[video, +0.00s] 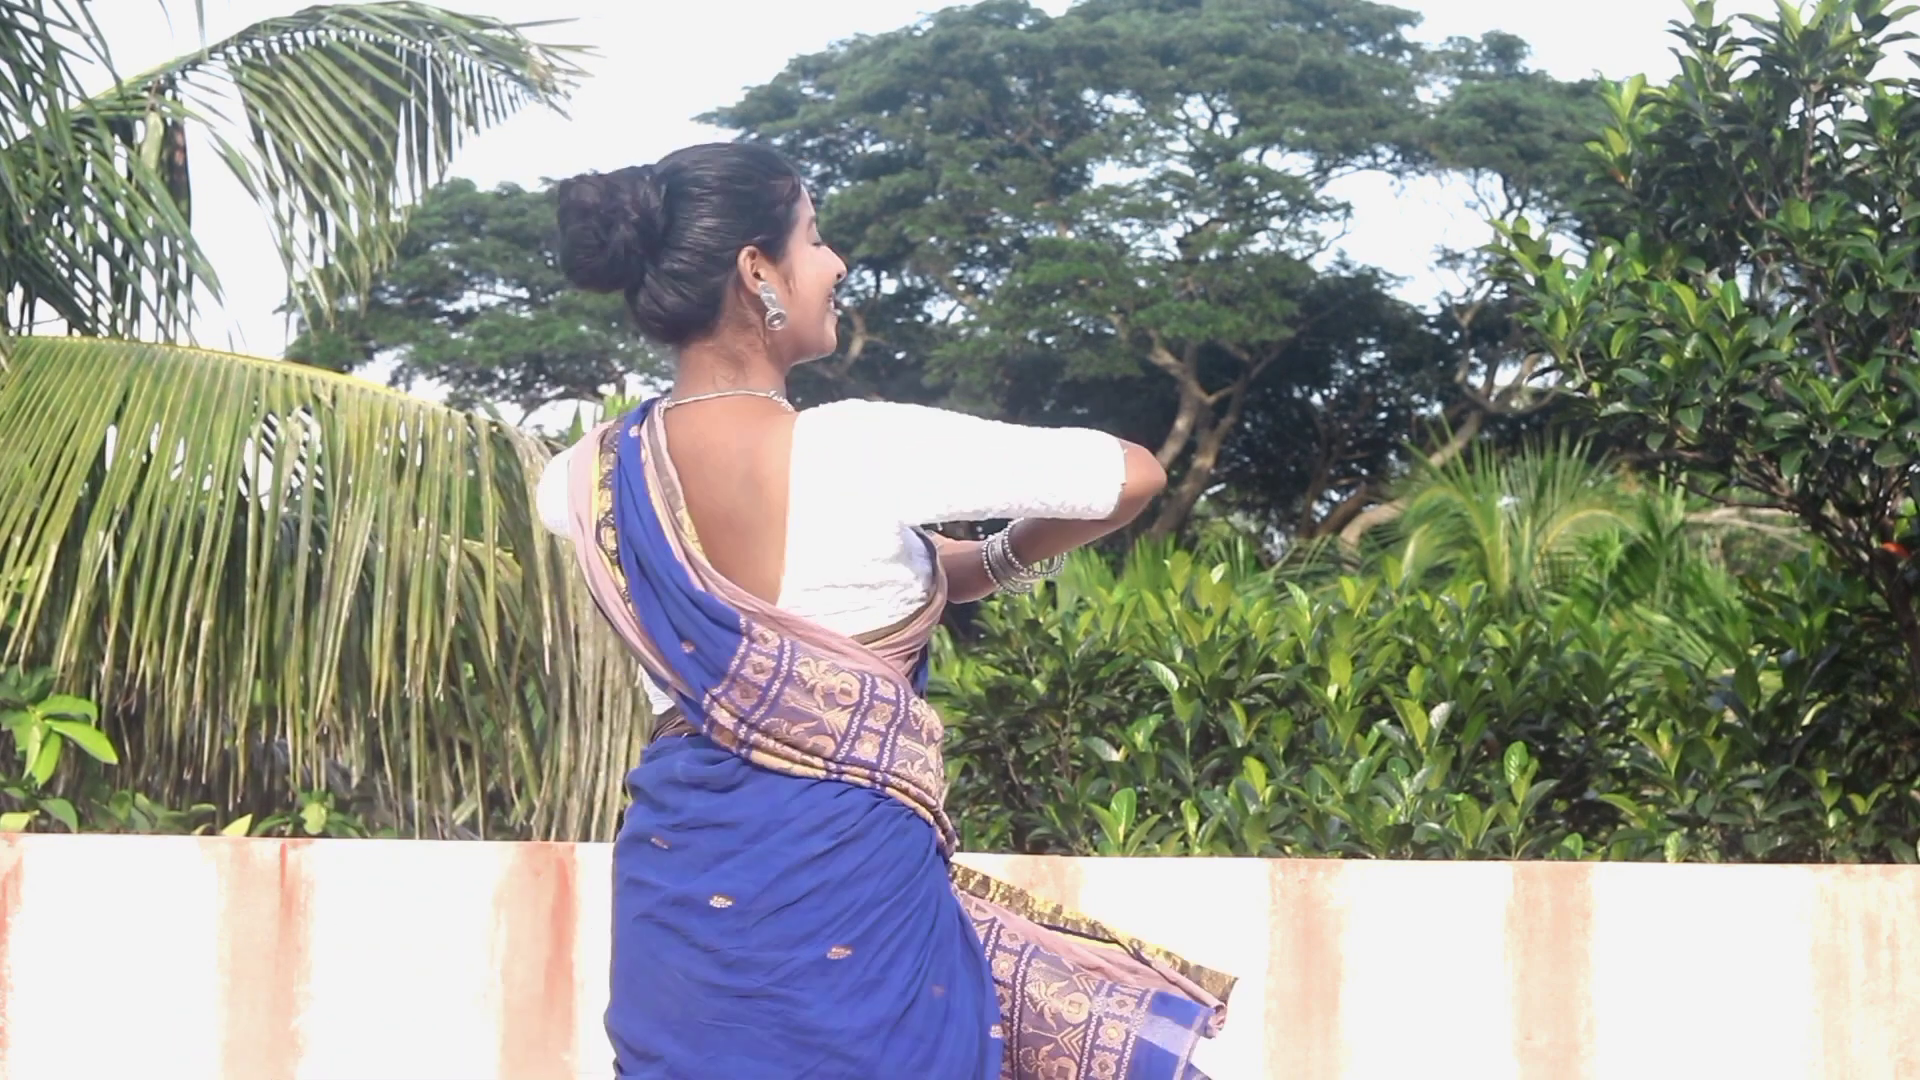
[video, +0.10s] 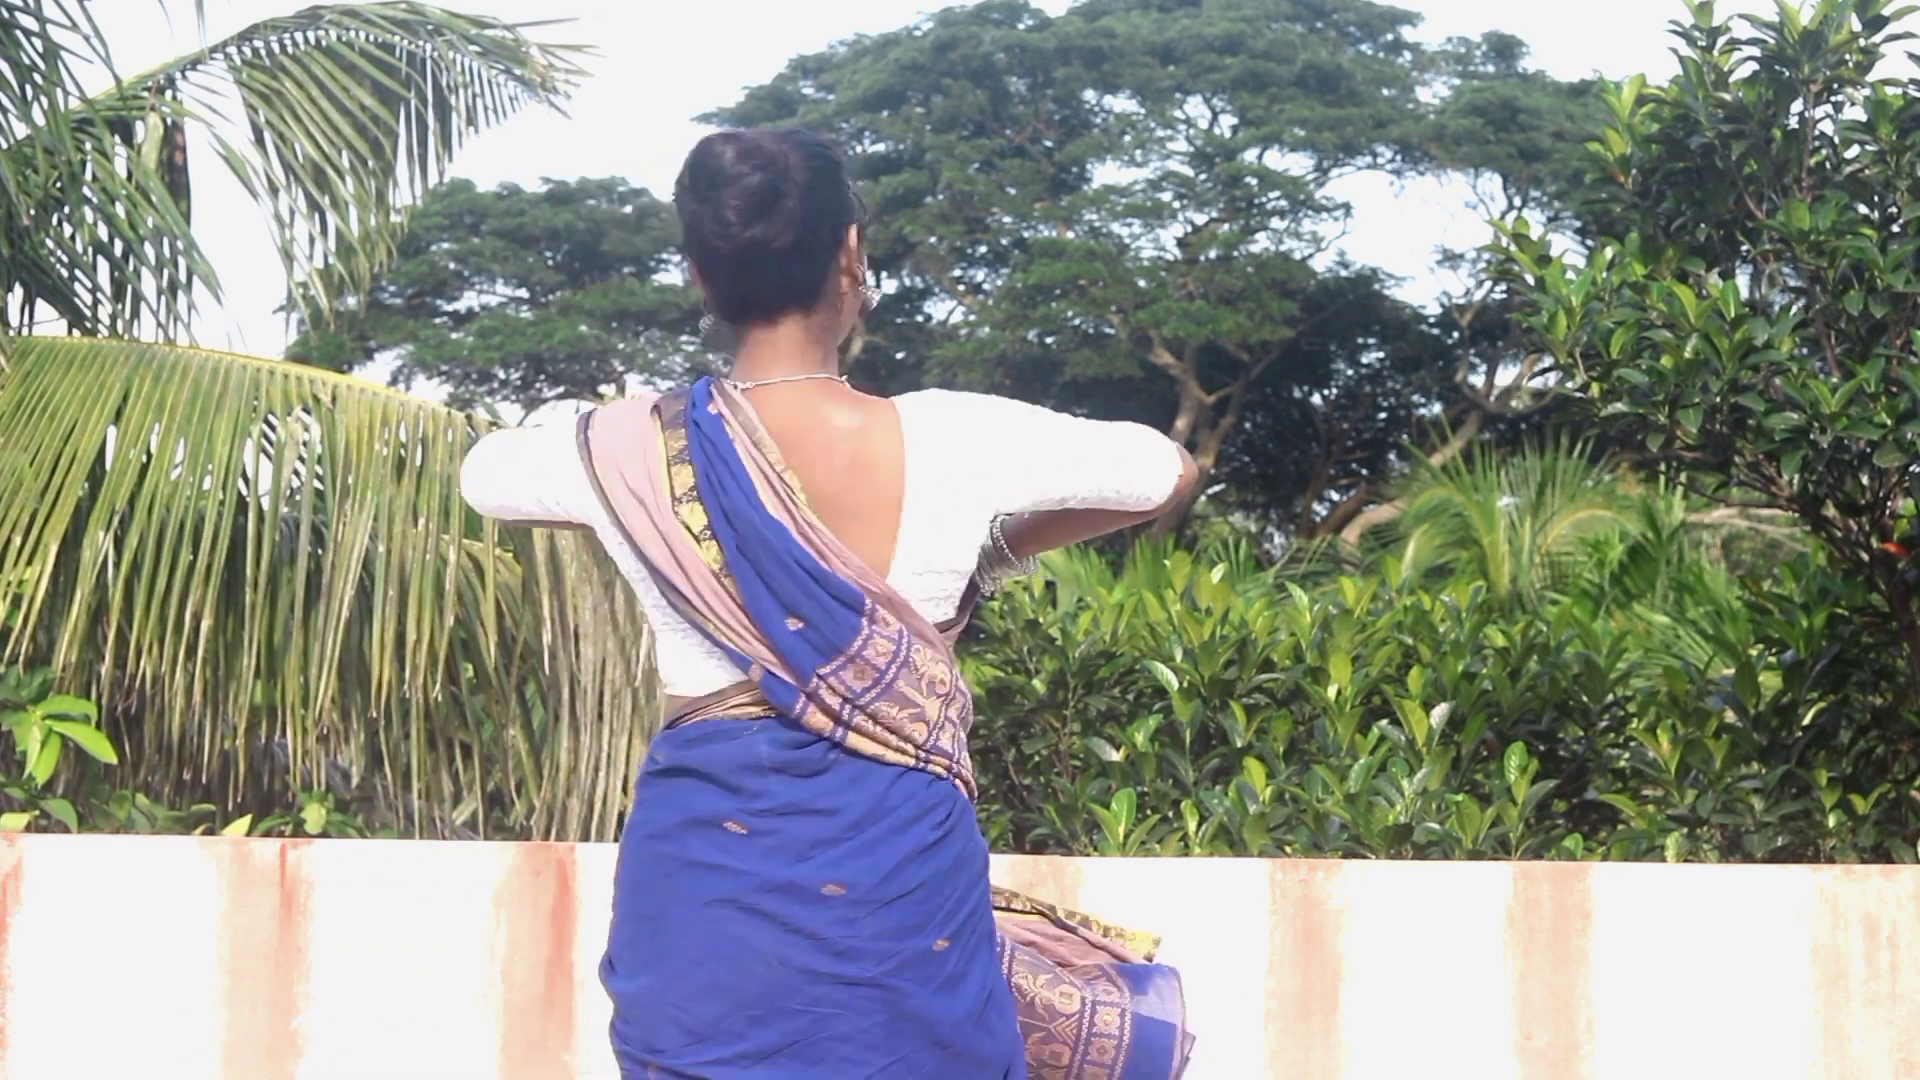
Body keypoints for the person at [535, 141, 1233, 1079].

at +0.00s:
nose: (837, 262)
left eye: (823, 236)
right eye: (816, 239)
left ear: (670, 294)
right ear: (757, 277)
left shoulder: (595, 472)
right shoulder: (854, 446)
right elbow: (1132, 477)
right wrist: (989, 562)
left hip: (665, 892)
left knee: (676, 1061)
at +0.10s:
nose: (871, 262)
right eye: (866, 240)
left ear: (697, 280)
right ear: (852, 259)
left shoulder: (622, 442)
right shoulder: (952, 439)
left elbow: (485, 475)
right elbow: (1168, 474)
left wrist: (641, 499)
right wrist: (998, 546)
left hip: (696, 866)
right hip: (903, 870)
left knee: (691, 1060)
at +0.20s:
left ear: (723, 273)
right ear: (882, 254)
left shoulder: (650, 432)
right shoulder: (972, 436)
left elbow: (469, 457)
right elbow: (1145, 473)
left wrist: (641, 485)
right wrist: (979, 527)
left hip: (716, 854)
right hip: (921, 865)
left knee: (701, 1064)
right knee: (924, 1062)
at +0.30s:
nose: (742, 276)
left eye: (744, 249)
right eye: (742, 248)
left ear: (787, 265)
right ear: (906, 257)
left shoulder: (709, 411)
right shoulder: (995, 430)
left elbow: (475, 419)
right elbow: (1075, 468)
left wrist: (649, 503)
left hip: (772, 821)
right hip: (954, 836)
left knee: (738, 1058)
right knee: (938, 1061)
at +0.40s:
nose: (745, 275)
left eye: (756, 248)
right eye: (748, 247)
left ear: (823, 265)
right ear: (917, 263)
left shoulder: (749, 401)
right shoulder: (1005, 433)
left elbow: (506, 406)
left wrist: (643, 509)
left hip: (800, 817)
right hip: (967, 825)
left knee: (766, 1058)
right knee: (944, 1059)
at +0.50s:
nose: (771, 283)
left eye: (802, 255)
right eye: (774, 254)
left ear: (894, 269)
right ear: (889, 275)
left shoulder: (849, 405)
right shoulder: (929, 407)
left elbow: (637, 392)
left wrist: (677, 534)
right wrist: (730, 539)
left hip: (857, 827)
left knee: (824, 1058)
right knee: (930, 1056)